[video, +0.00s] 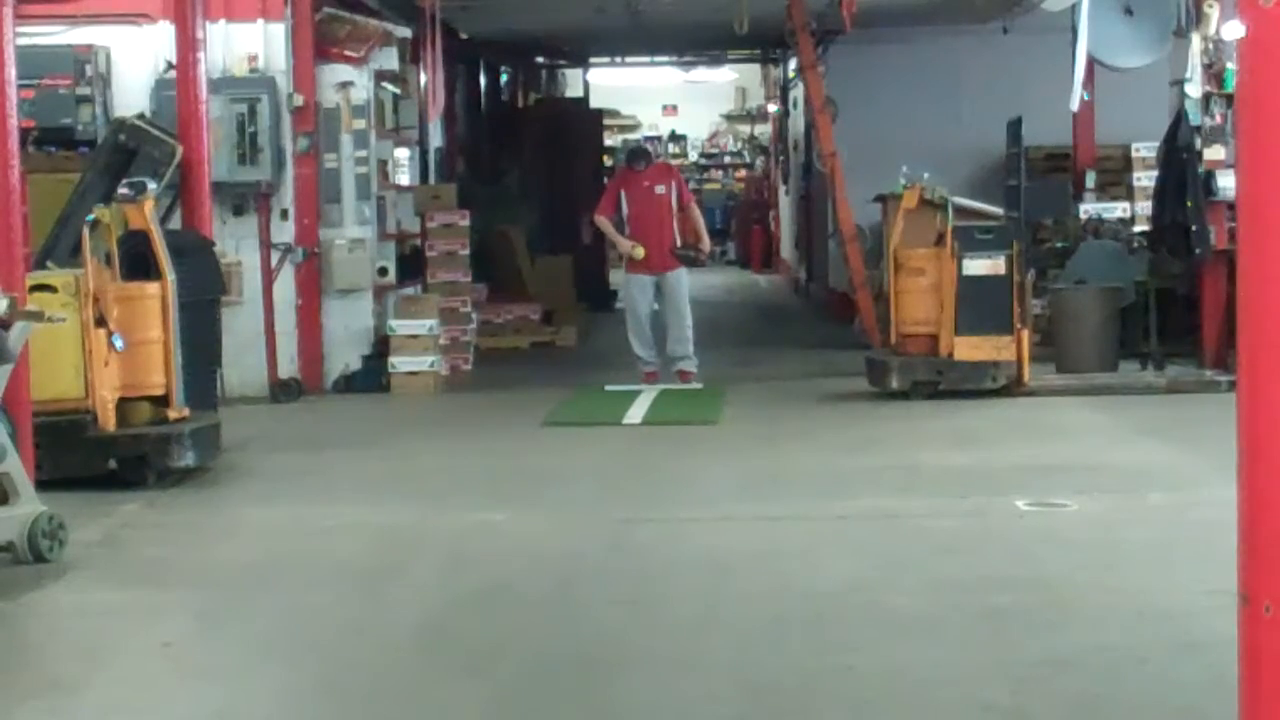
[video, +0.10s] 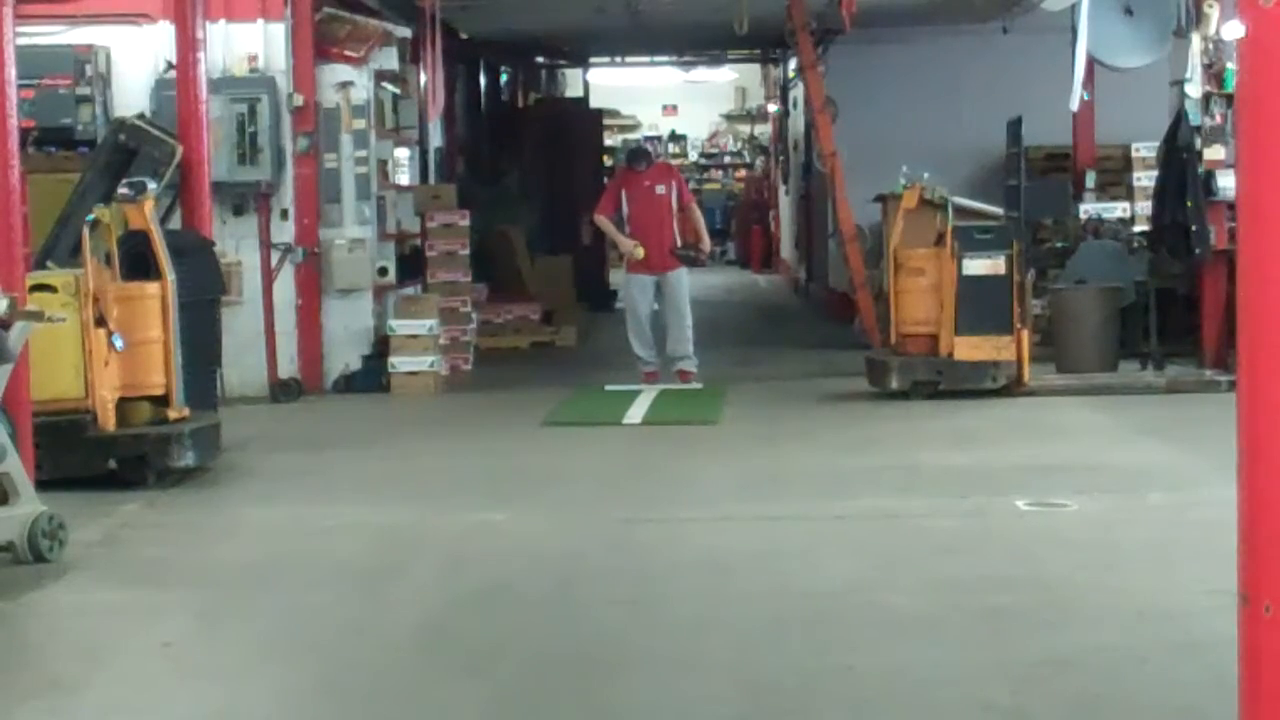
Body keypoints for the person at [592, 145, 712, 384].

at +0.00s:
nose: (639, 174)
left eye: (643, 169)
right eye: (634, 171)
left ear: (651, 160)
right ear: (628, 165)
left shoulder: (669, 173)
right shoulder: (621, 178)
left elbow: (690, 205)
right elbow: (600, 216)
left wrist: (703, 237)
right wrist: (619, 241)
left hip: (671, 261)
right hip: (638, 264)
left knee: (680, 314)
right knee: (638, 316)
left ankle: (685, 365)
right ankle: (648, 366)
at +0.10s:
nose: (640, 174)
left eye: (643, 169)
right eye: (634, 171)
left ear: (652, 160)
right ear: (628, 165)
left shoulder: (669, 173)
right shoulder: (621, 179)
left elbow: (690, 206)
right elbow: (600, 216)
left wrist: (703, 237)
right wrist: (621, 240)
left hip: (672, 260)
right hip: (638, 263)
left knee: (680, 313)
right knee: (638, 315)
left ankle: (685, 365)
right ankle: (648, 365)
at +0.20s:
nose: (643, 172)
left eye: (646, 168)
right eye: (638, 169)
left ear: (654, 160)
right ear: (630, 164)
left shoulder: (670, 173)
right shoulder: (622, 178)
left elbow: (690, 206)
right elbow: (600, 215)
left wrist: (703, 236)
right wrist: (622, 240)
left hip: (672, 260)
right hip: (639, 263)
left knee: (680, 313)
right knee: (638, 315)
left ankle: (685, 365)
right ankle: (648, 366)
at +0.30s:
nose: (645, 170)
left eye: (649, 165)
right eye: (640, 167)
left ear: (656, 159)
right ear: (632, 162)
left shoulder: (671, 173)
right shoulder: (623, 178)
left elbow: (690, 206)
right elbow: (599, 215)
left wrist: (703, 237)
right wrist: (621, 239)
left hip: (672, 259)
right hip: (639, 262)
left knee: (680, 313)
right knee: (639, 315)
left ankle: (685, 364)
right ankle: (648, 365)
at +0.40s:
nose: (645, 170)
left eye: (649, 166)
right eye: (641, 167)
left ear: (656, 160)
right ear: (633, 162)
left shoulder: (671, 173)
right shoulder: (623, 178)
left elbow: (690, 206)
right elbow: (599, 214)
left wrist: (703, 237)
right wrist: (620, 239)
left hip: (672, 260)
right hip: (639, 262)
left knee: (680, 312)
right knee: (639, 314)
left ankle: (685, 364)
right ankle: (648, 365)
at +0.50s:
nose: (646, 172)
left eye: (649, 168)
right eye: (642, 169)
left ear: (656, 161)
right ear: (634, 164)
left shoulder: (671, 173)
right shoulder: (624, 177)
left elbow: (690, 206)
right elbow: (598, 214)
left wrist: (704, 237)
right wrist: (619, 239)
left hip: (671, 259)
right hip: (639, 262)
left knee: (680, 311)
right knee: (639, 314)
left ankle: (685, 364)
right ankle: (648, 365)